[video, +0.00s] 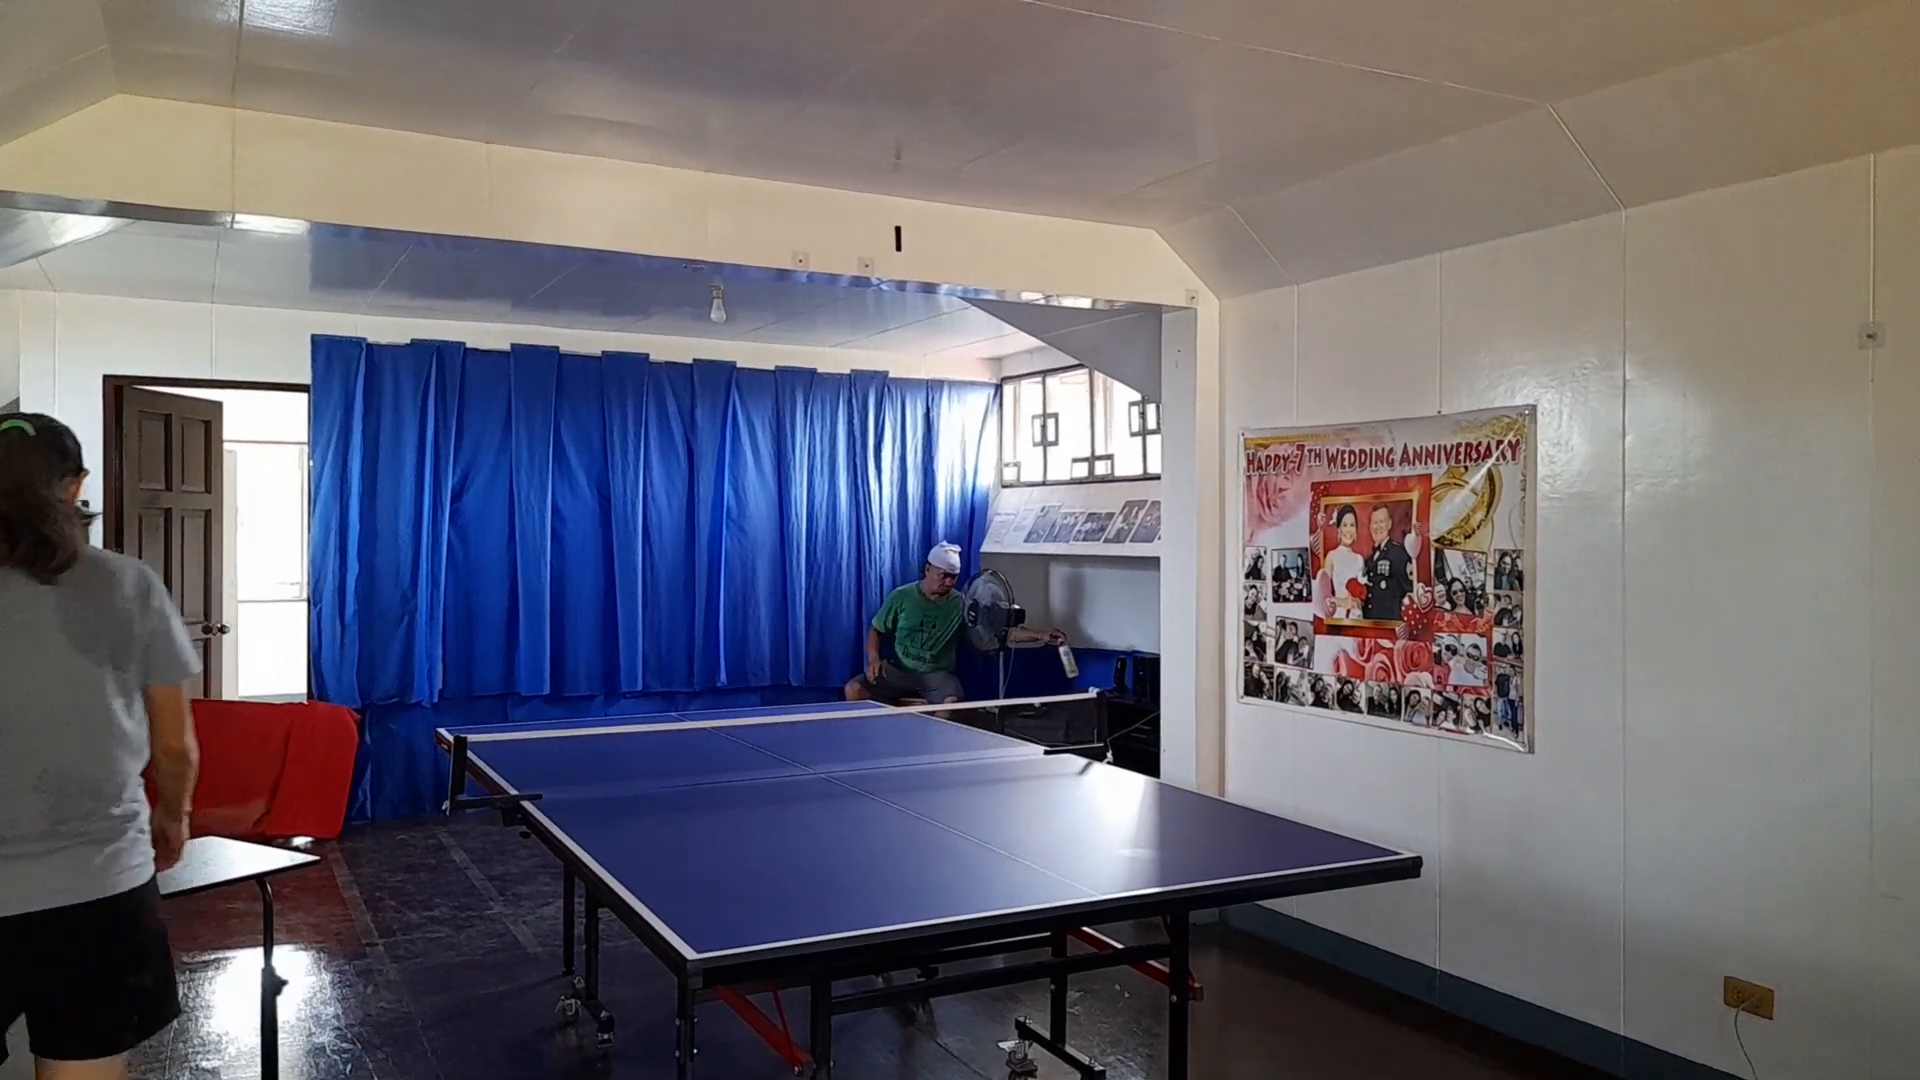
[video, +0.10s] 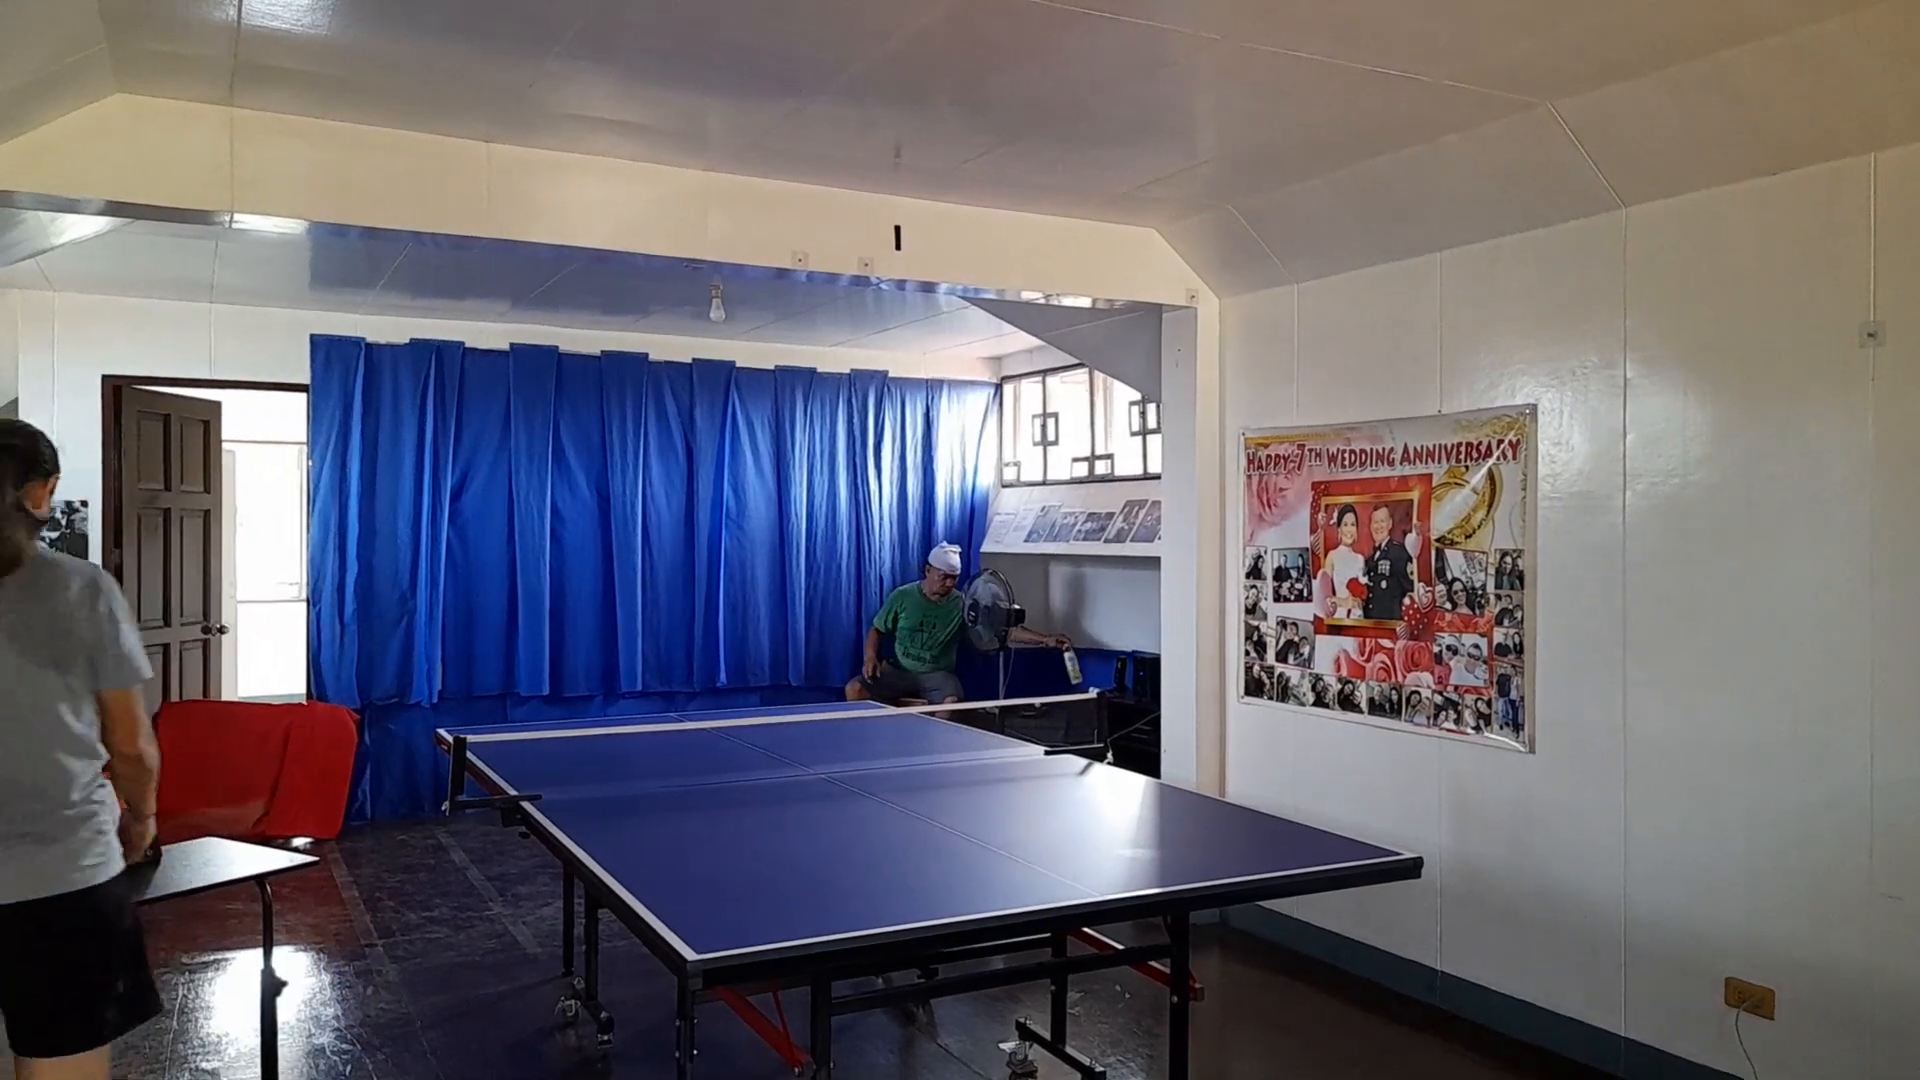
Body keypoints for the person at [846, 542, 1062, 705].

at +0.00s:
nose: (949, 583)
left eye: (954, 578)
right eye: (944, 577)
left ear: (958, 577)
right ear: (927, 571)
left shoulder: (960, 604)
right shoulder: (901, 596)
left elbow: (996, 633)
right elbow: (875, 631)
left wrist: (1039, 637)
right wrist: (874, 659)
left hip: (937, 676)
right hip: (900, 672)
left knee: (951, 704)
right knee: (853, 689)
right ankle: (876, 740)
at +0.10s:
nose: (949, 584)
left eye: (954, 578)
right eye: (944, 577)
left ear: (958, 578)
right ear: (928, 572)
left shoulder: (960, 604)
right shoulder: (902, 596)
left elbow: (1001, 629)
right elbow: (875, 631)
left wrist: (1044, 640)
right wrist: (870, 657)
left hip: (937, 676)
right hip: (900, 672)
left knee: (952, 704)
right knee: (854, 688)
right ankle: (869, 744)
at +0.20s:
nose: (949, 587)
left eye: (954, 581)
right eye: (944, 580)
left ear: (959, 580)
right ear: (929, 574)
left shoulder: (961, 607)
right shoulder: (904, 598)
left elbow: (1003, 631)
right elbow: (878, 631)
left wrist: (1046, 644)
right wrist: (871, 657)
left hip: (938, 678)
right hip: (901, 673)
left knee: (952, 706)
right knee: (855, 690)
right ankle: (875, 745)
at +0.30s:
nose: (949, 586)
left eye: (954, 580)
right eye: (944, 579)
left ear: (958, 579)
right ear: (928, 574)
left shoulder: (961, 606)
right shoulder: (903, 597)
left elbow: (1004, 630)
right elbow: (878, 630)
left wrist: (1047, 646)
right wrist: (870, 657)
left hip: (937, 677)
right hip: (899, 671)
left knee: (952, 705)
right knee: (853, 689)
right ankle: (876, 743)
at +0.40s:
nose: (949, 586)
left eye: (954, 581)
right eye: (944, 580)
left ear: (959, 580)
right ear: (928, 574)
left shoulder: (962, 606)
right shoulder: (903, 597)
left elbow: (1005, 630)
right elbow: (877, 631)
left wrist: (1047, 646)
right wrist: (871, 658)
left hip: (937, 677)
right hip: (899, 672)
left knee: (952, 705)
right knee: (853, 689)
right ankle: (875, 743)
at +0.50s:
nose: (951, 588)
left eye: (955, 583)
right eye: (945, 582)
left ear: (960, 582)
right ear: (929, 577)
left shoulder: (963, 607)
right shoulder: (905, 598)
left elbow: (1005, 631)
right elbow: (878, 631)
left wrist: (1048, 648)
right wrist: (872, 660)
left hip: (938, 678)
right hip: (900, 672)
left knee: (953, 706)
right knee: (854, 690)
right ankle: (876, 745)